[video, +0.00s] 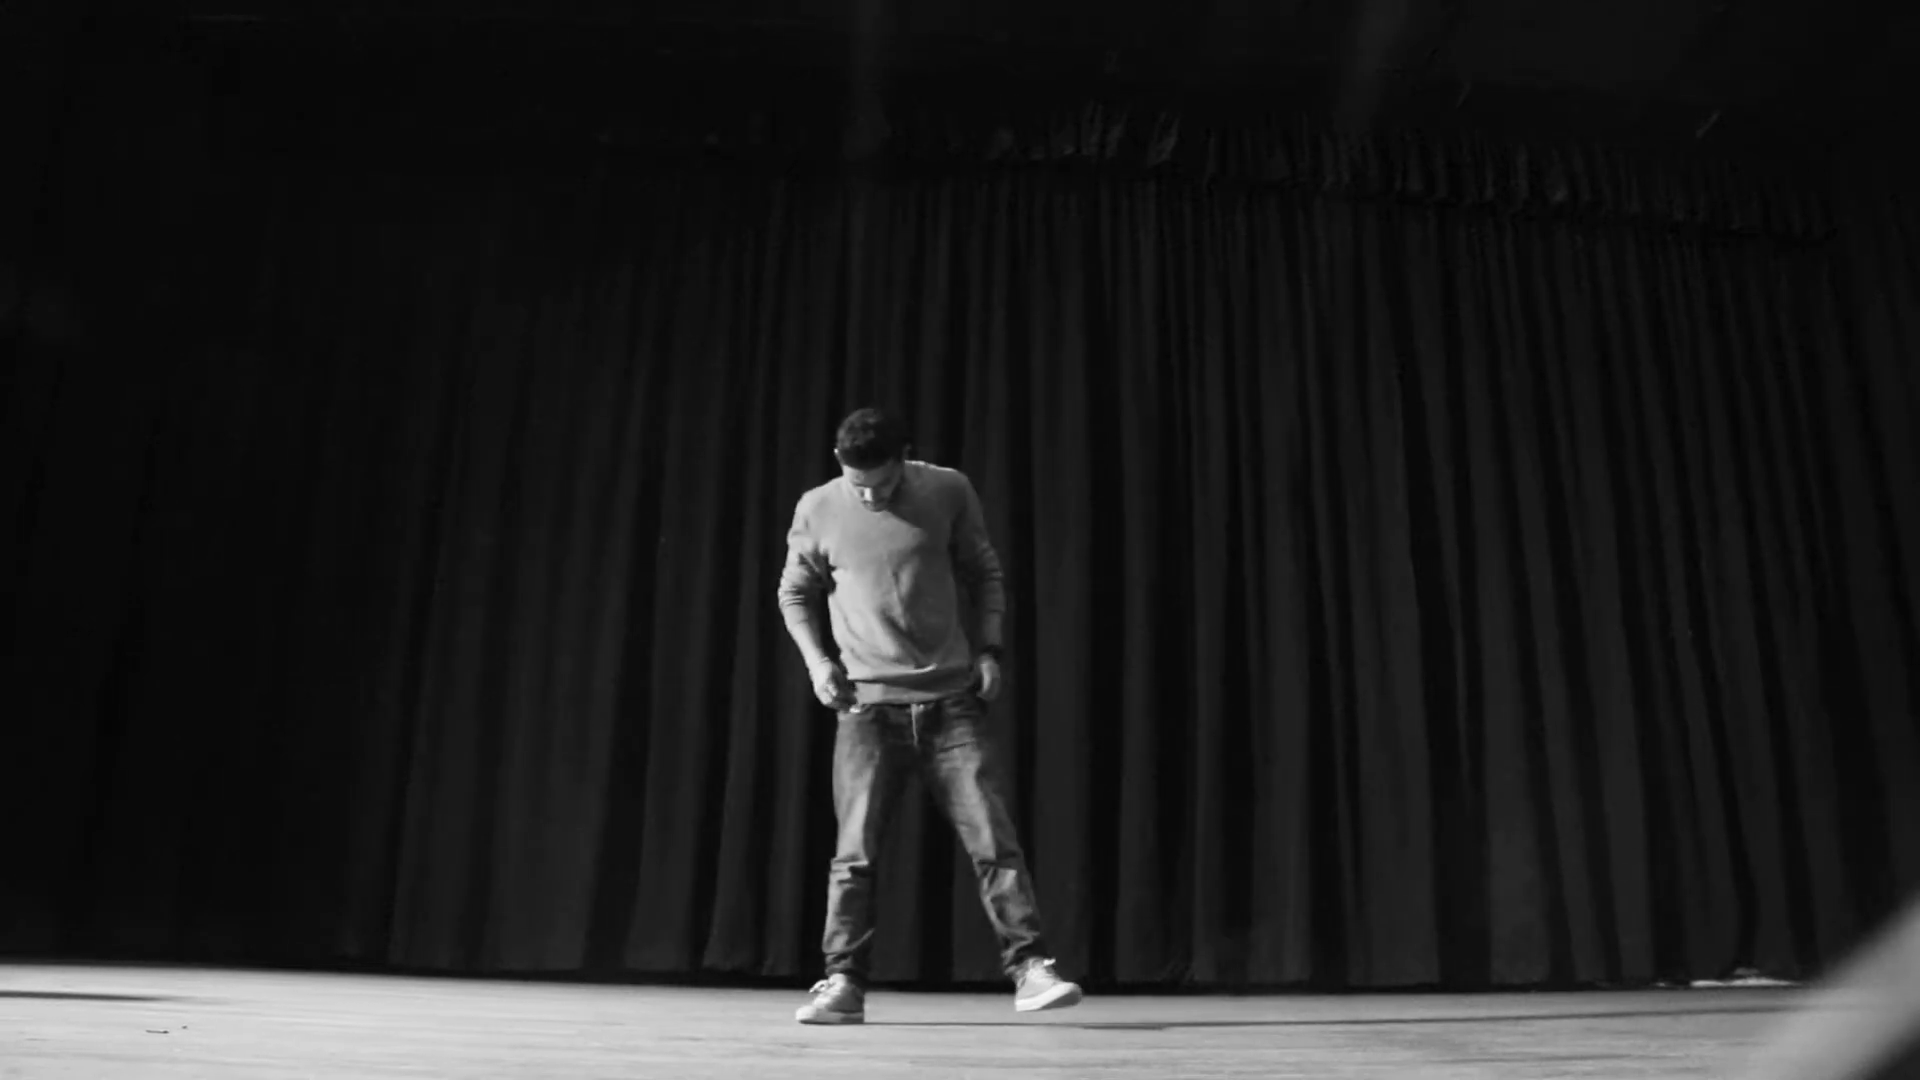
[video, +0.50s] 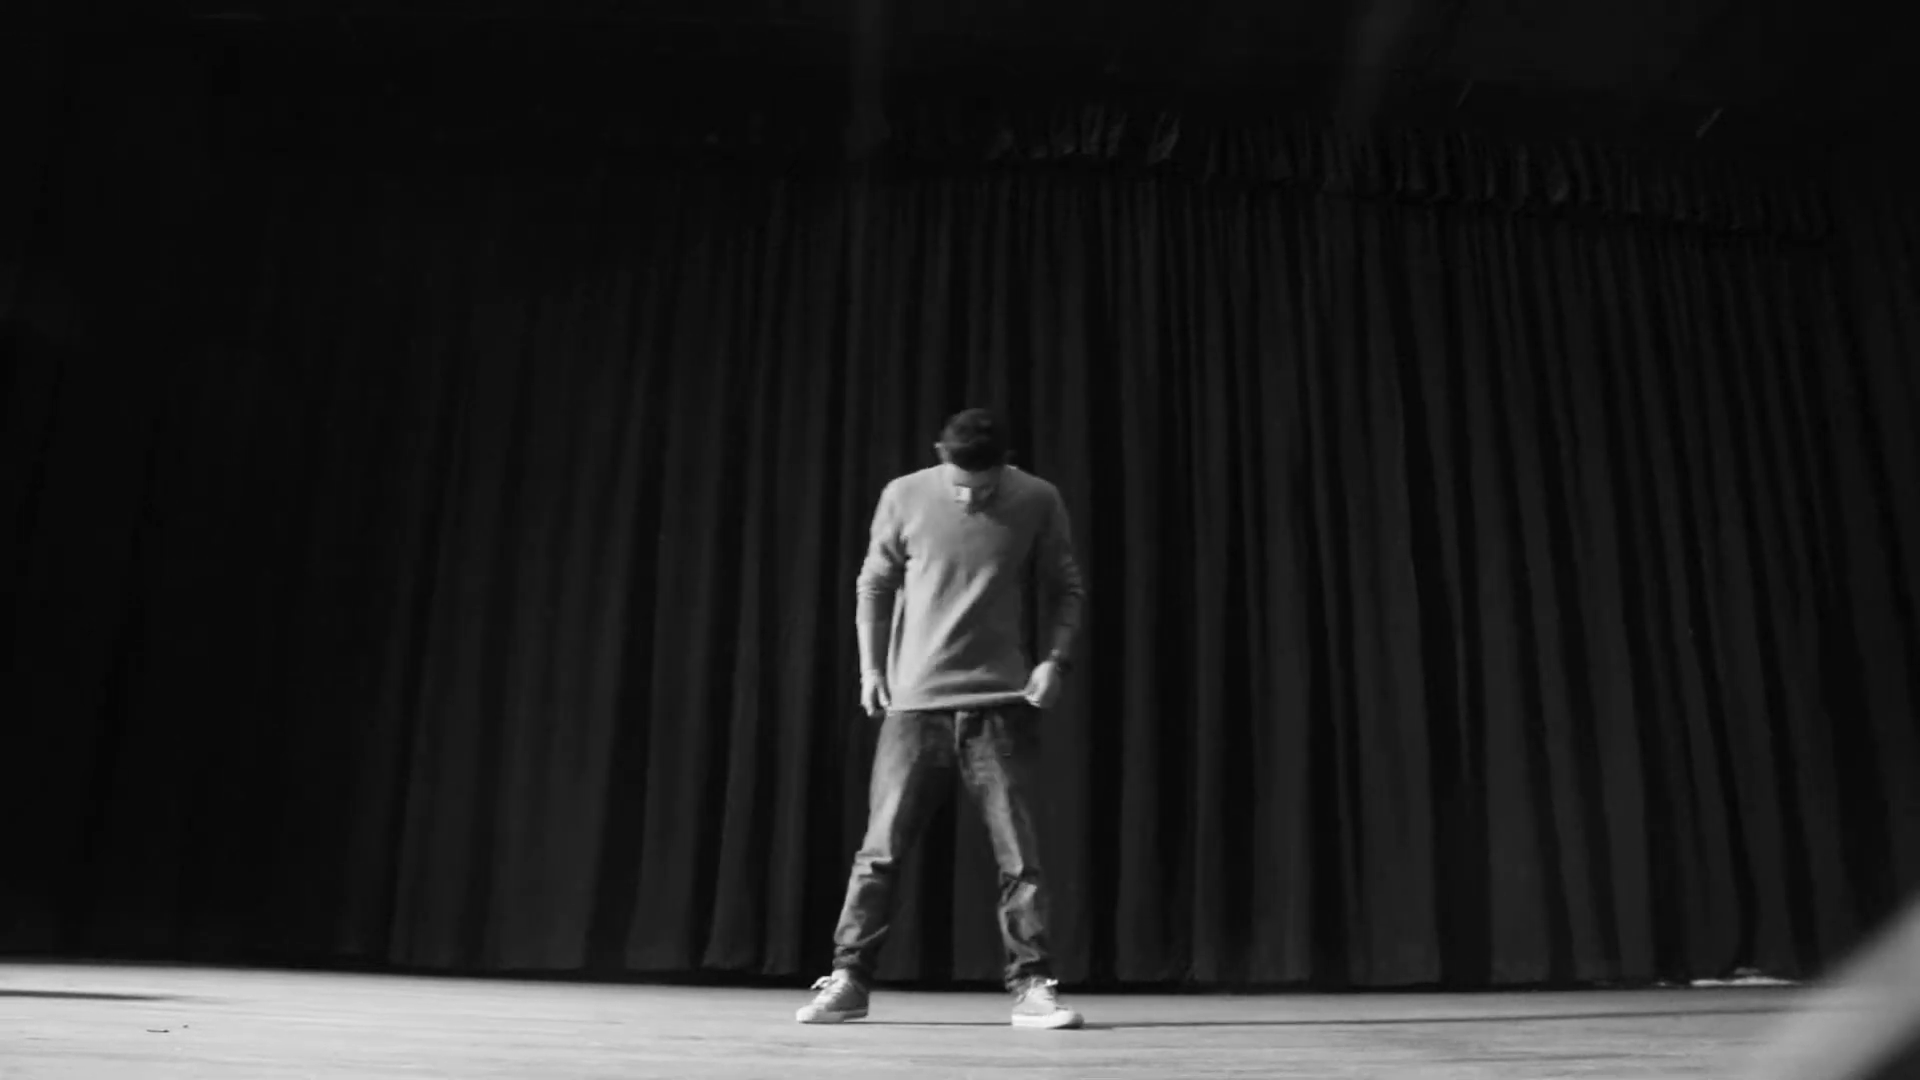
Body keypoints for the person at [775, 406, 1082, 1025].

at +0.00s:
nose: (871, 496)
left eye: (881, 485)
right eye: (860, 486)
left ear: (903, 461)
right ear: (841, 470)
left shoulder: (950, 492)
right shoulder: (818, 510)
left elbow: (986, 572)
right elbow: (794, 594)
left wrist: (990, 649)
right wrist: (817, 661)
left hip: (952, 703)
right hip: (867, 707)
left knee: (993, 839)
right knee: (855, 853)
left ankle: (1031, 972)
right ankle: (842, 984)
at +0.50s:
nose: (968, 495)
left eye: (979, 484)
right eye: (957, 483)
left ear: (1001, 466)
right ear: (941, 463)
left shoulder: (1038, 502)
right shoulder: (903, 498)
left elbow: (1068, 592)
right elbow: (874, 583)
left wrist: (1054, 663)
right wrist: (870, 668)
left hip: (996, 702)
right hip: (913, 703)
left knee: (1019, 856)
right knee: (880, 851)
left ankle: (1032, 989)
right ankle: (847, 981)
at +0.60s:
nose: (985, 496)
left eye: (999, 487)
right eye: (976, 484)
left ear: (1022, 469)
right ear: (959, 458)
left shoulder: (1051, 503)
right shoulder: (917, 493)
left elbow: (1074, 593)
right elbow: (883, 575)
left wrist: (1066, 669)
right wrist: (874, 659)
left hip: (1007, 701)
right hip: (921, 699)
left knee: (1021, 854)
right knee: (883, 847)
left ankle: (1032, 990)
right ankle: (848, 979)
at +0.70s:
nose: (1000, 495)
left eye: (1012, 485)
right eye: (989, 483)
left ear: (1033, 467)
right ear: (970, 457)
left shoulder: (1055, 505)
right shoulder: (922, 492)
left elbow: (1077, 596)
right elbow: (883, 572)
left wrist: (1071, 675)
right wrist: (876, 655)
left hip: (1011, 706)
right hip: (924, 702)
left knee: (1023, 856)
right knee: (884, 848)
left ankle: (1033, 991)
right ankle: (849, 979)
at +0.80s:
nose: (997, 493)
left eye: (1010, 484)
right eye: (986, 480)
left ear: (1030, 467)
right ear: (967, 454)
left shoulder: (1050, 505)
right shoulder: (918, 492)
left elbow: (1071, 596)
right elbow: (880, 575)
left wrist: (1067, 675)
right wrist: (876, 655)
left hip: (1012, 705)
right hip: (922, 701)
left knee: (1021, 855)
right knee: (885, 848)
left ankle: (1032, 990)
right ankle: (851, 981)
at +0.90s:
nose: (980, 491)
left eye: (993, 481)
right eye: (969, 478)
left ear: (1014, 466)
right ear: (950, 451)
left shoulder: (1036, 504)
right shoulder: (905, 494)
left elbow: (1053, 595)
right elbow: (869, 582)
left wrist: (1059, 676)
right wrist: (863, 666)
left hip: (1001, 705)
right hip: (914, 703)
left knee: (1017, 856)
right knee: (882, 853)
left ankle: (1032, 990)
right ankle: (851, 983)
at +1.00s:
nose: (961, 491)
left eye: (973, 481)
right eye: (950, 479)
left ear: (991, 464)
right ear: (928, 454)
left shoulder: (1018, 501)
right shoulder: (886, 497)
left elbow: (1041, 590)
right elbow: (850, 586)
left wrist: (1061, 672)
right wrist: (834, 676)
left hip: (993, 704)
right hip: (909, 703)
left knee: (1014, 855)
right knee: (877, 854)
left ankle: (1032, 988)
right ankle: (850, 982)